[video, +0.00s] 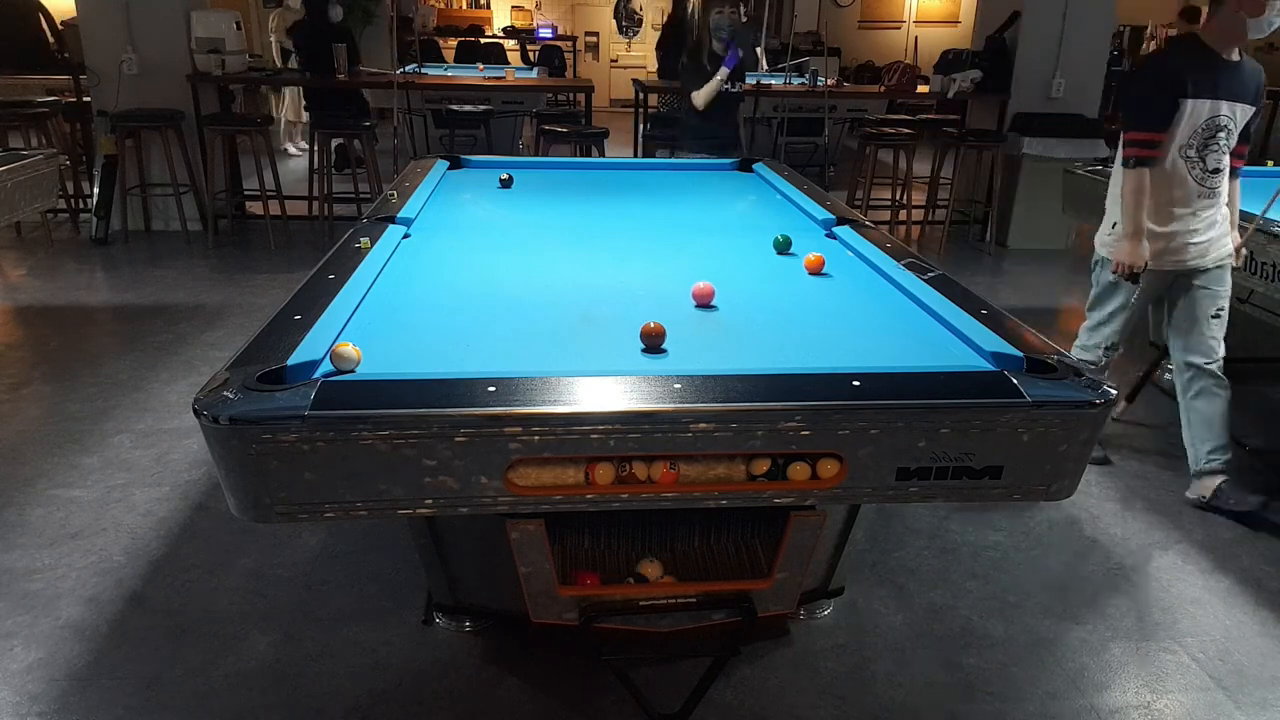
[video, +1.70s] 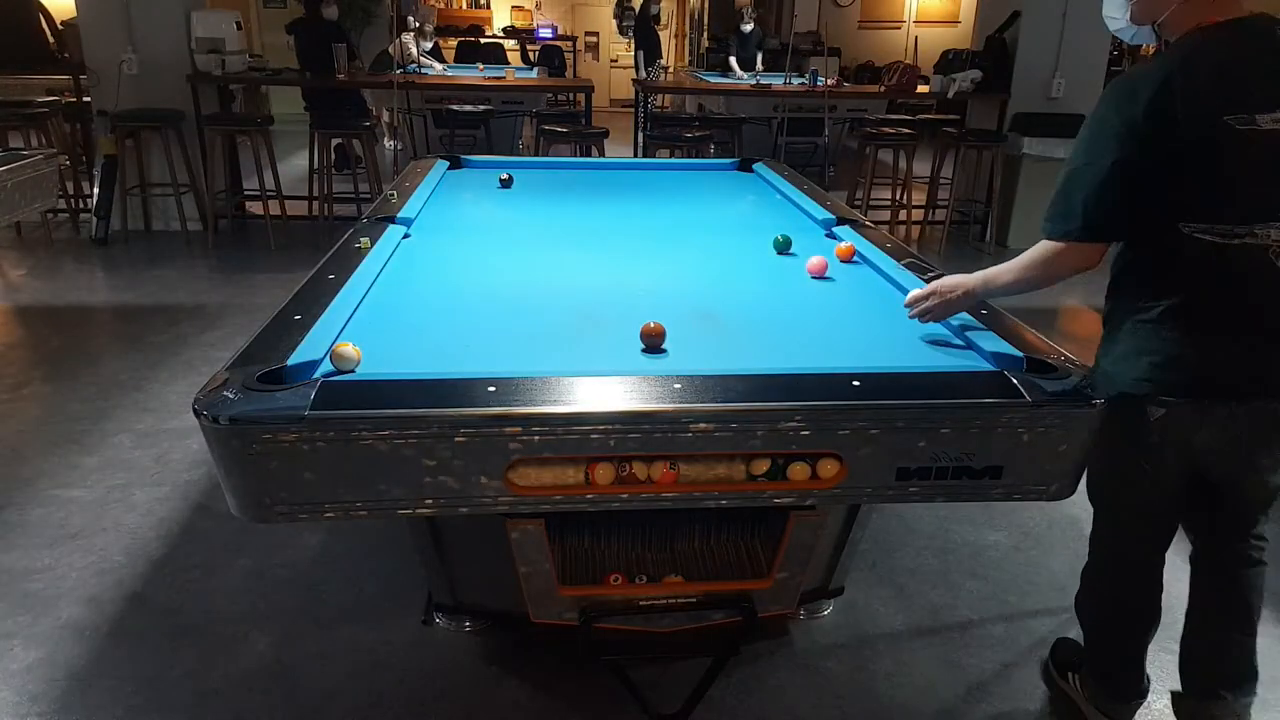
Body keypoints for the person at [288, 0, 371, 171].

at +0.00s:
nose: (341, 11)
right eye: (337, 7)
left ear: (307, 9)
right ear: (330, 9)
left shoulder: (299, 31)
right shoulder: (341, 32)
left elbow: (302, 70)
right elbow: (355, 72)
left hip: (315, 106)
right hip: (346, 106)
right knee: (362, 105)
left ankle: (351, 150)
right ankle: (346, 148)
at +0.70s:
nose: (341, 11)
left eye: (340, 7)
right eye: (338, 7)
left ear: (309, 8)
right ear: (332, 8)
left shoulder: (298, 29)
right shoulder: (342, 33)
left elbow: (304, 66)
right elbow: (356, 71)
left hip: (315, 104)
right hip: (345, 105)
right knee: (362, 105)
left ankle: (352, 151)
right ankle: (346, 148)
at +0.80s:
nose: (342, 12)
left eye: (341, 7)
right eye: (339, 7)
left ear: (309, 9)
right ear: (332, 9)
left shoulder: (300, 30)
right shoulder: (342, 33)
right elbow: (355, 70)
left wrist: (300, 11)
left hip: (315, 102)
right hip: (345, 104)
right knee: (361, 106)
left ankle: (342, 146)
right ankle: (347, 149)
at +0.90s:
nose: (345, 8)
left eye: (344, 4)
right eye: (341, 5)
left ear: (312, 8)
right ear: (331, 8)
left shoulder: (299, 30)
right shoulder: (341, 33)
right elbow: (357, 72)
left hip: (315, 103)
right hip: (344, 105)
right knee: (362, 105)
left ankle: (350, 149)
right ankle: (345, 148)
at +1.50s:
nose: (335, 8)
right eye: (331, 5)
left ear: (302, 7)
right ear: (319, 5)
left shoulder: (298, 30)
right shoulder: (331, 27)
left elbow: (302, 67)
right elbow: (351, 59)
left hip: (314, 103)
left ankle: (348, 151)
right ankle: (345, 149)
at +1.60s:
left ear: (302, 8)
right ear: (319, 6)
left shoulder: (298, 30)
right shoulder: (332, 26)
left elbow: (301, 66)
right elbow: (350, 57)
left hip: (313, 99)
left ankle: (348, 150)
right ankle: (345, 149)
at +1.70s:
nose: (336, 9)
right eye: (332, 5)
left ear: (305, 7)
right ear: (324, 6)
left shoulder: (299, 27)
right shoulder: (333, 28)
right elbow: (352, 60)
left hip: (313, 99)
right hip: (339, 101)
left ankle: (347, 150)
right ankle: (345, 149)